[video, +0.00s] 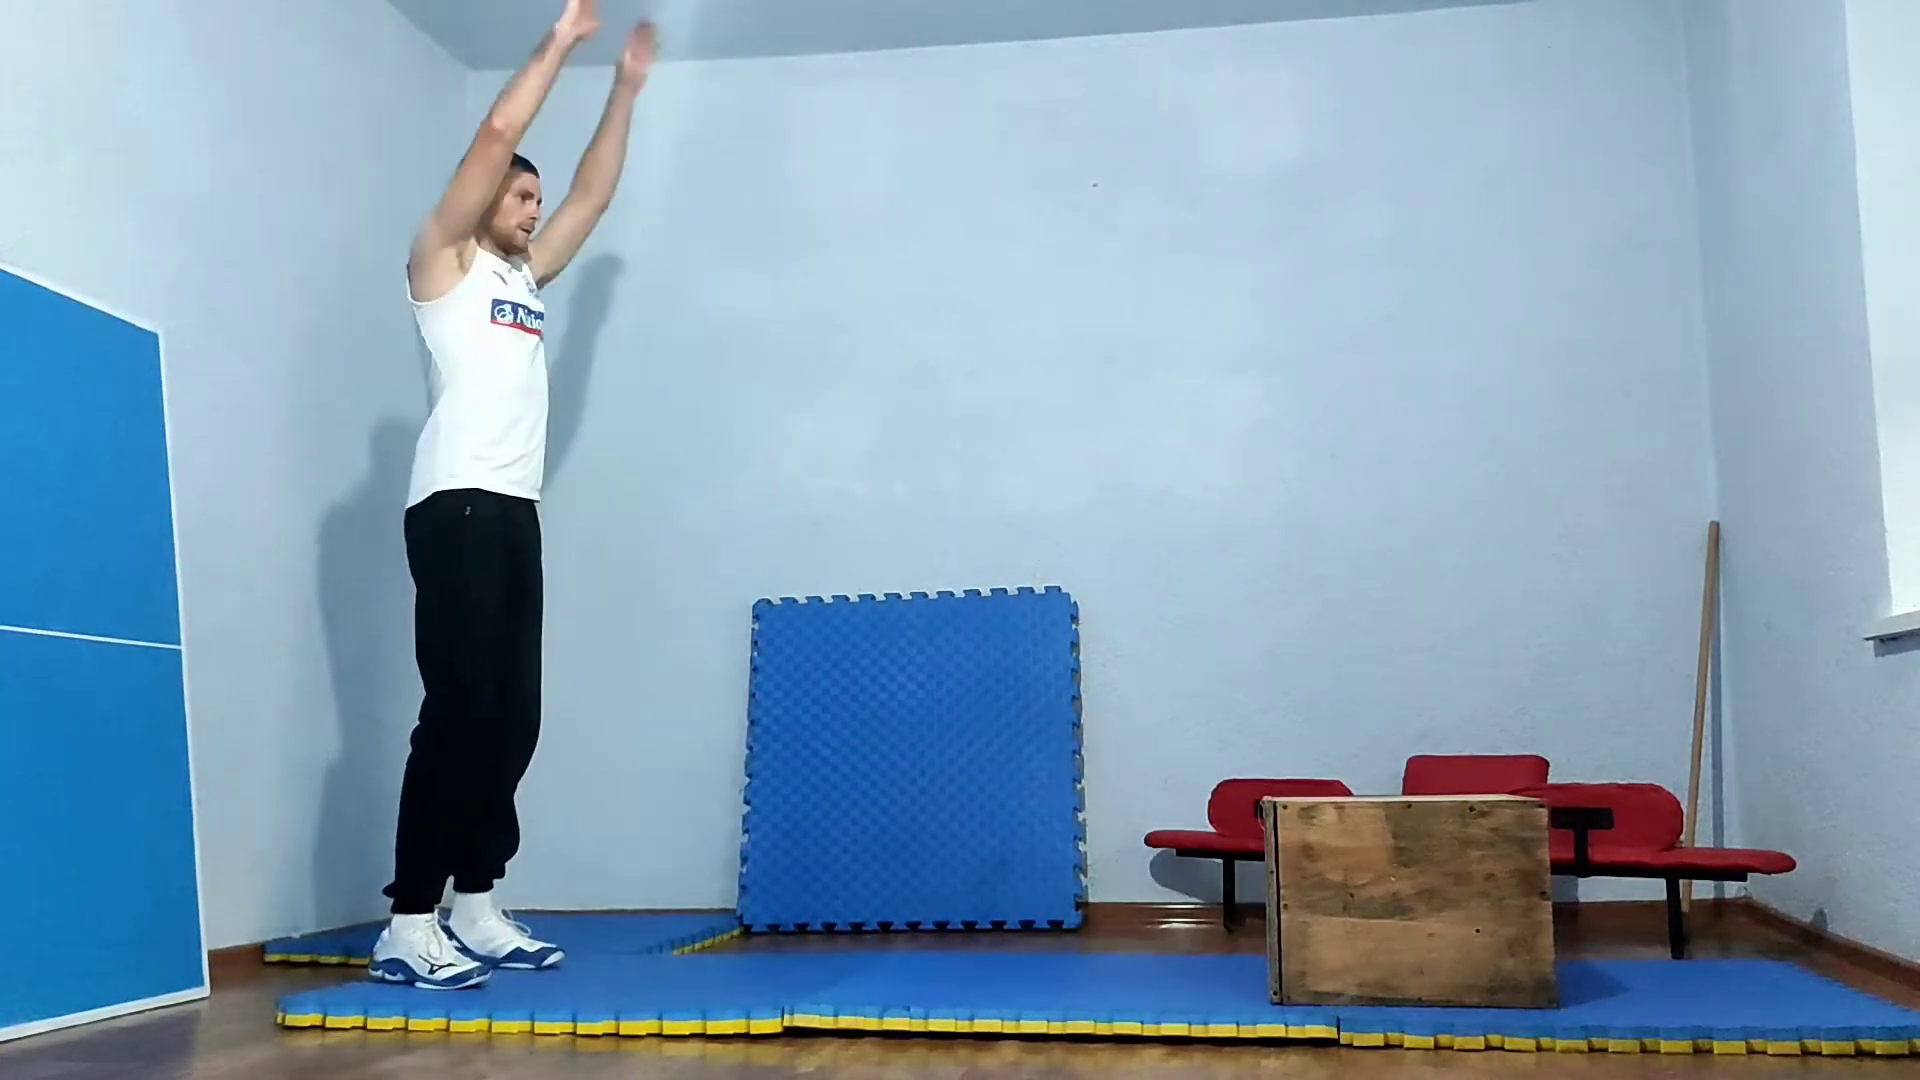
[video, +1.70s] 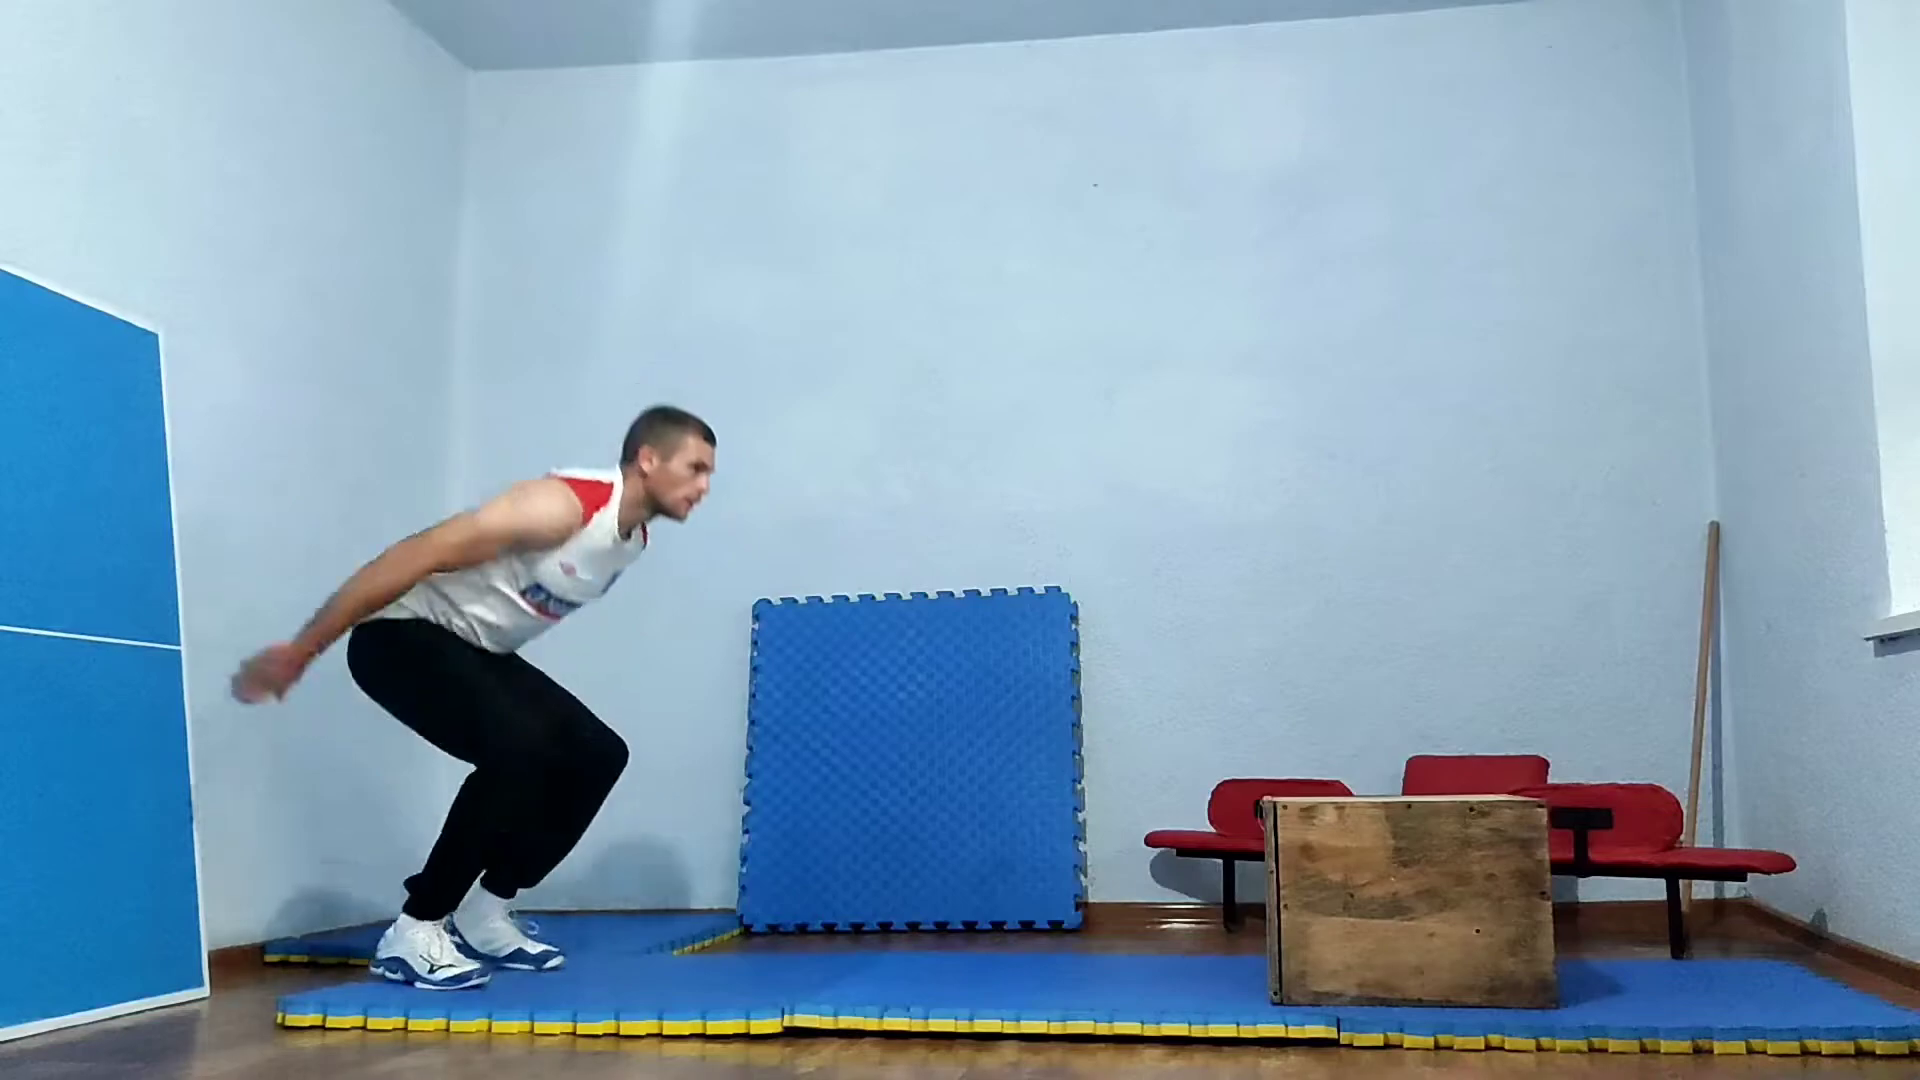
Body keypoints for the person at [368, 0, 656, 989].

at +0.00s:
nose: (534, 202)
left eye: (540, 194)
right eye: (520, 186)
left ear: (539, 209)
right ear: (483, 187)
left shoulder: (522, 276)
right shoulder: (444, 256)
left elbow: (590, 194)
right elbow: (497, 134)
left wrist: (628, 89)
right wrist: (561, 40)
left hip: (516, 519)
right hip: (456, 514)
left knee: (514, 719)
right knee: (460, 716)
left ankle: (472, 908)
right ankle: (407, 925)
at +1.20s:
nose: (576, 224)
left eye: (578, 210)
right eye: (566, 207)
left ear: (551, 215)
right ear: (515, 202)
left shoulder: (549, 296)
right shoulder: (472, 262)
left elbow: (655, 247)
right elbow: (580, 199)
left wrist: (724, 164)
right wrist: (677, 118)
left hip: (506, 534)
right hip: (442, 518)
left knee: (515, 724)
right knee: (455, 718)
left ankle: (472, 910)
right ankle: (405, 927)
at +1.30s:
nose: (592, 246)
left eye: (596, 234)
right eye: (582, 229)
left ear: (569, 237)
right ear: (532, 224)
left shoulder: (559, 314)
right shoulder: (474, 279)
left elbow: (678, 316)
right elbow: (594, 276)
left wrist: (775, 266)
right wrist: (718, 233)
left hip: (492, 544)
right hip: (427, 527)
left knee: (519, 723)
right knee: (454, 720)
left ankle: (473, 912)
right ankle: (405, 930)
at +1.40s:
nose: (616, 279)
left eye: (621, 268)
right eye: (607, 261)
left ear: (595, 273)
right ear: (556, 253)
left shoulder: (579, 349)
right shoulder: (498, 310)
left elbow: (666, 406)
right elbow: (573, 385)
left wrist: (780, 428)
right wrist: (686, 417)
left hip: (480, 554)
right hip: (413, 532)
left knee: (529, 722)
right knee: (459, 724)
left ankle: (474, 911)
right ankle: (406, 929)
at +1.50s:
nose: (648, 334)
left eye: (653, 322)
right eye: (639, 317)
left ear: (610, 316)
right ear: (591, 305)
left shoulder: (595, 406)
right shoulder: (520, 364)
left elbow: (640, 506)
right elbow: (520, 486)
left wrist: (720, 594)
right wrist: (578, 593)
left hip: (468, 572)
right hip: (401, 555)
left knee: (548, 730)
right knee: (474, 730)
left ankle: (476, 912)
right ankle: (407, 931)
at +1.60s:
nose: (681, 405)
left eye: (686, 392)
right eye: (672, 388)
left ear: (639, 390)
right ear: (622, 381)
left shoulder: (614, 472)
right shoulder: (539, 437)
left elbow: (590, 581)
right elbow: (451, 549)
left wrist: (592, 688)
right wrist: (404, 678)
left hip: (471, 602)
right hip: (400, 587)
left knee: (569, 741)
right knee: (498, 735)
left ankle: (480, 913)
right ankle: (411, 930)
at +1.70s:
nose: (705, 486)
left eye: (709, 474)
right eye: (696, 469)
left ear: (656, 469)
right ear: (646, 461)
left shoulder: (631, 534)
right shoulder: (557, 509)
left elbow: (520, 581)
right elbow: (420, 553)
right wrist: (301, 648)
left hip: (476, 651)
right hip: (401, 638)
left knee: (596, 754)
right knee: (523, 750)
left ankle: (482, 913)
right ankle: (416, 929)